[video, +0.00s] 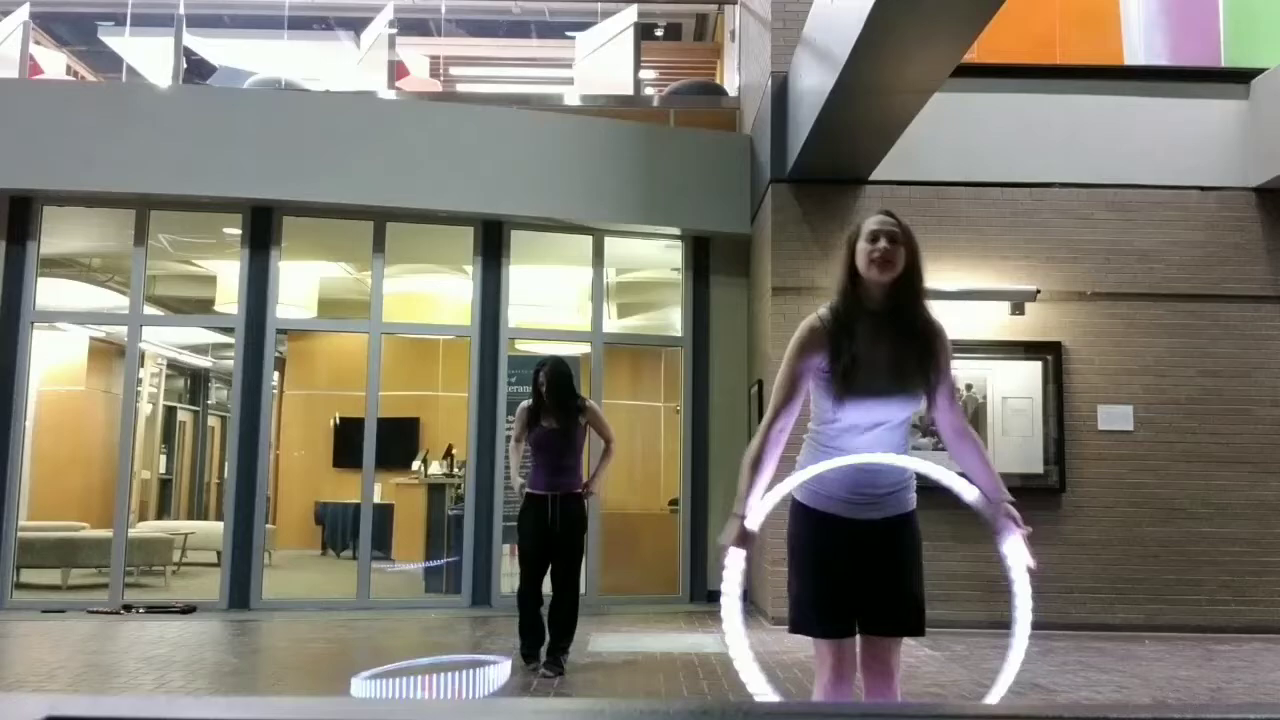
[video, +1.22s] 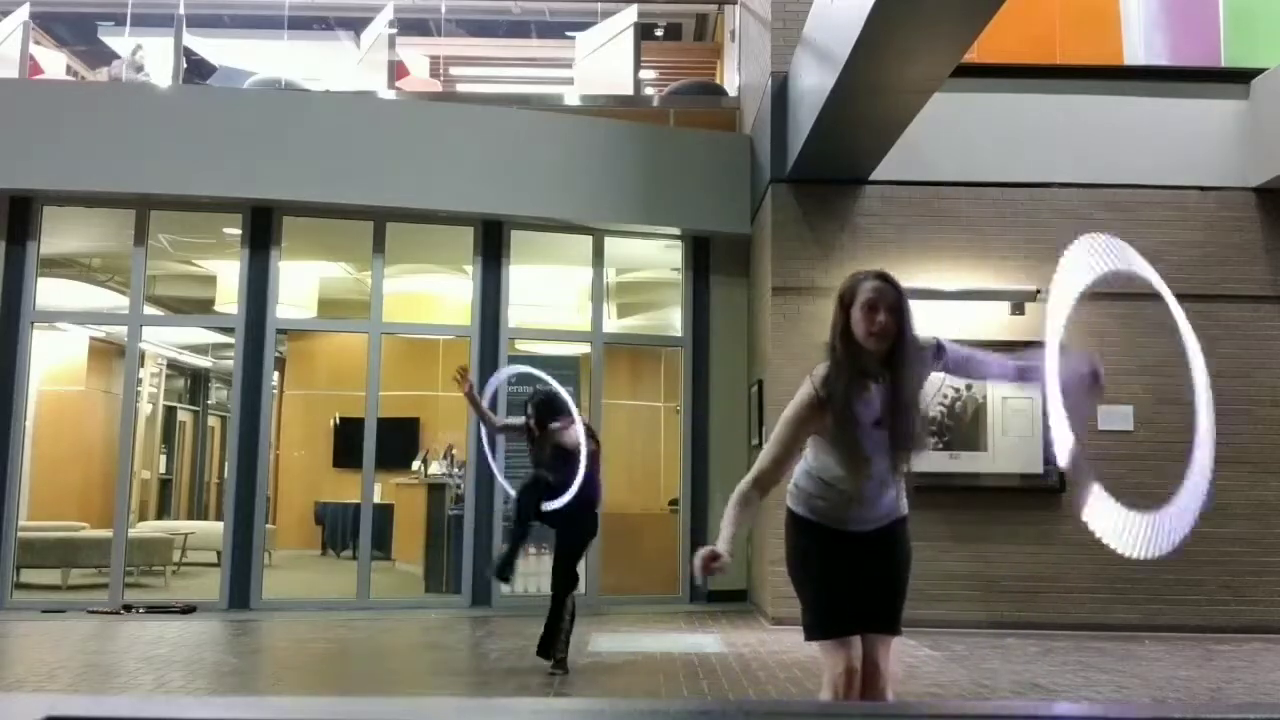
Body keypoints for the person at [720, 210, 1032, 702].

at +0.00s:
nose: (883, 246)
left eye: (894, 239)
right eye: (872, 238)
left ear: (908, 256)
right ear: (854, 253)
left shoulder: (926, 334)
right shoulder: (819, 331)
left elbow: (954, 427)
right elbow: (775, 429)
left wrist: (999, 500)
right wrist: (742, 515)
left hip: (892, 513)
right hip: (822, 512)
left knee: (882, 669)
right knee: (835, 669)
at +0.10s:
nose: (895, 261)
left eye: (907, 254)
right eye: (886, 252)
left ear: (921, 271)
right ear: (867, 266)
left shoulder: (934, 347)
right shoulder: (826, 337)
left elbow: (973, 437)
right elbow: (764, 413)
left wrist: (1022, 511)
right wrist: (703, 493)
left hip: (888, 514)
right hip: (821, 510)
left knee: (880, 671)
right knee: (839, 669)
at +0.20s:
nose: (907, 285)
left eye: (920, 277)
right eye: (897, 273)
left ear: (933, 292)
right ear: (878, 282)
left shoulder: (943, 368)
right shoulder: (831, 348)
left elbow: (992, 448)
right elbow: (743, 399)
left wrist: (1048, 522)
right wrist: (656, 447)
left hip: (887, 515)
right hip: (817, 511)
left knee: (876, 667)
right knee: (836, 665)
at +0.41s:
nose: (918, 342)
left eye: (931, 333)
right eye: (908, 329)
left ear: (944, 346)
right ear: (887, 333)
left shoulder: (947, 399)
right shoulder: (843, 377)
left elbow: (1002, 462)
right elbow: (741, 407)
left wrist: (1068, 514)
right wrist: (640, 422)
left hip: (881, 519)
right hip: (813, 514)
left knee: (871, 658)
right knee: (833, 658)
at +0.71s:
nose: (910, 394)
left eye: (922, 386)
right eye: (901, 380)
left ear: (932, 394)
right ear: (878, 378)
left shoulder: (928, 433)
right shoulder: (833, 416)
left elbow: (982, 453)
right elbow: (725, 443)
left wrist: (1025, 481)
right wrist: (636, 462)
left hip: (882, 530)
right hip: (814, 526)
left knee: (868, 662)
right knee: (833, 661)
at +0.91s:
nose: (902, 361)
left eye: (914, 353)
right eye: (894, 347)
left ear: (924, 362)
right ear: (870, 348)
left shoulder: (922, 409)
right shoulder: (834, 406)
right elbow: (736, 464)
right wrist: (656, 514)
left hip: (890, 529)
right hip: (823, 528)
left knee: (877, 669)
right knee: (843, 669)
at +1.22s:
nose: (879, 319)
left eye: (888, 309)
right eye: (868, 308)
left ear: (901, 316)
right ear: (846, 317)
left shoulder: (920, 356)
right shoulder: (826, 386)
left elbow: (1005, 369)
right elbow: (760, 479)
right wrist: (723, 544)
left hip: (884, 520)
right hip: (819, 522)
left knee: (875, 669)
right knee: (843, 669)